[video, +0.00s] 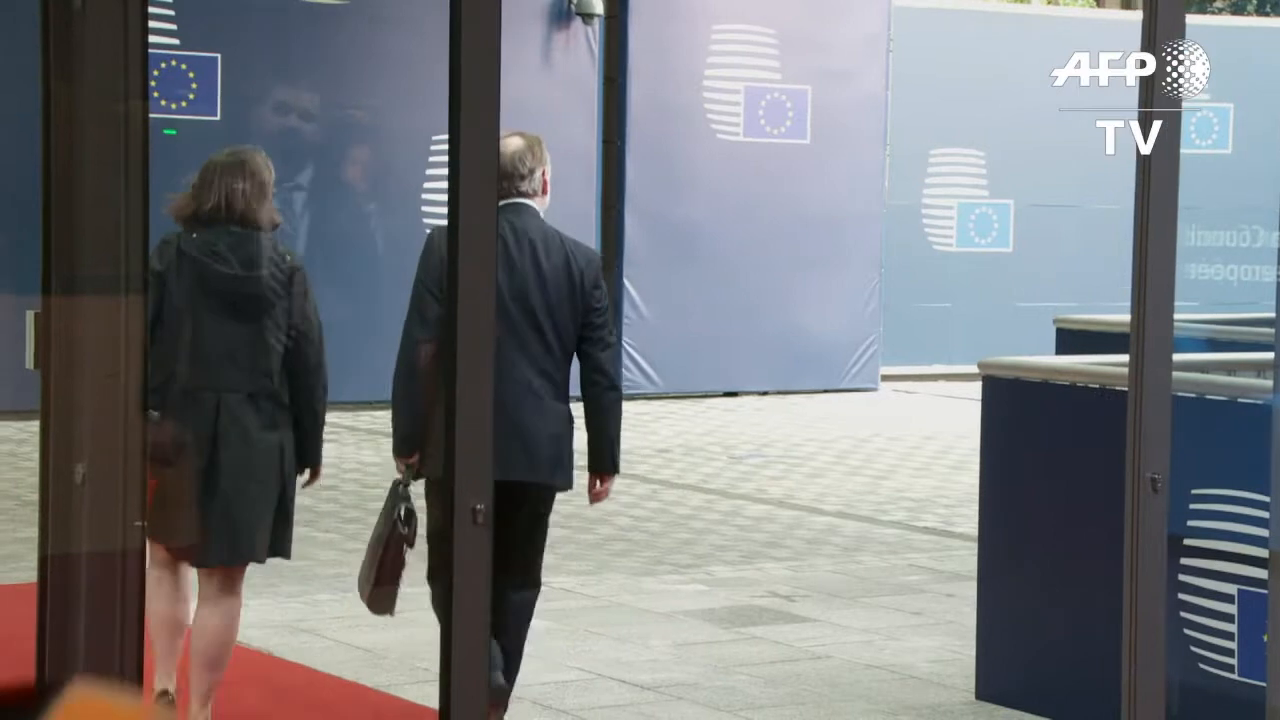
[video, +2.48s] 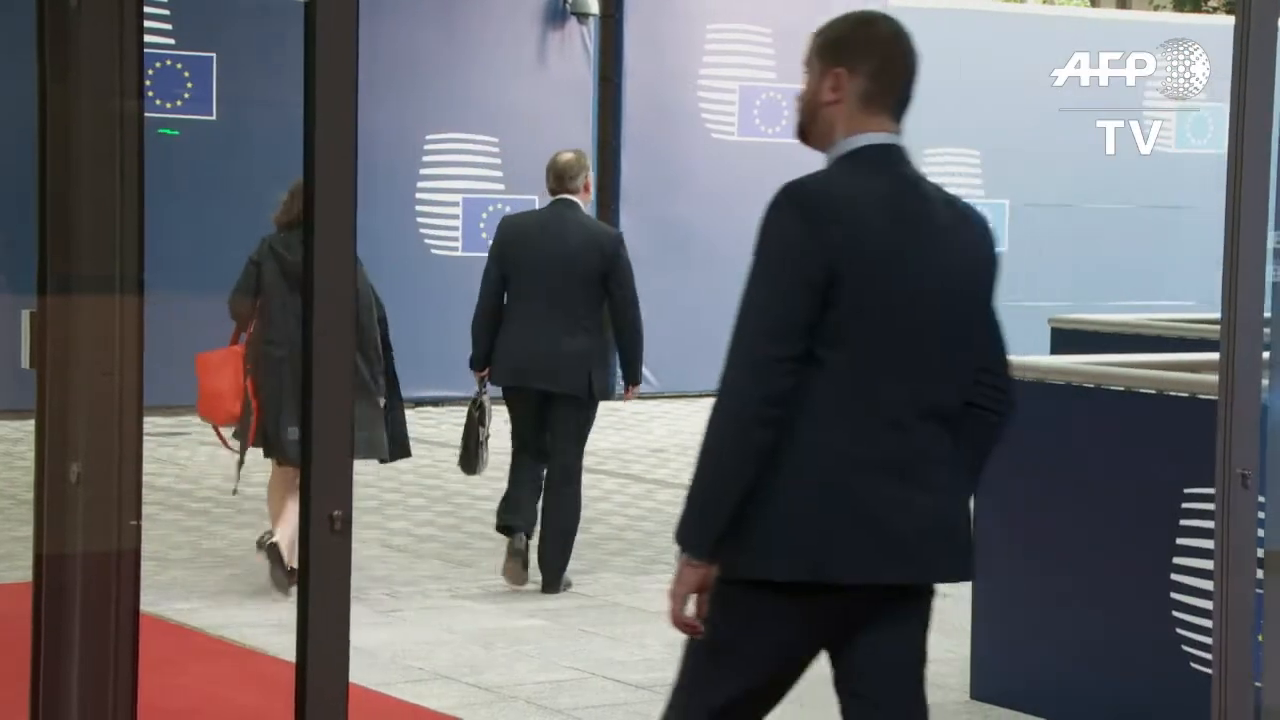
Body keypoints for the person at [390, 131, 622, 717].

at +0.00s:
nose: (549, 184)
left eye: (544, 175)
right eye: (548, 176)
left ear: (484, 181)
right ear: (542, 183)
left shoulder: (447, 246)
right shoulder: (580, 261)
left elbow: (417, 345)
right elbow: (601, 368)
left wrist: (407, 435)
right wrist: (605, 456)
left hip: (456, 446)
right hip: (536, 451)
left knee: (449, 574)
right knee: (518, 577)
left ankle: (484, 678)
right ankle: (490, 699)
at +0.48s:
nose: (519, 188)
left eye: (513, 179)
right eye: (517, 181)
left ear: (455, 187)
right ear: (509, 188)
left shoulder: (422, 251)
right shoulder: (544, 258)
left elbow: (399, 347)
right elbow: (576, 346)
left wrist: (390, 429)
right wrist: (543, 399)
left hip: (435, 437)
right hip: (513, 433)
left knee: (442, 560)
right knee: (505, 560)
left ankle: (443, 688)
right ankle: (489, 690)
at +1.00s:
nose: (504, 198)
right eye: (505, 191)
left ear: (453, 193)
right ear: (502, 195)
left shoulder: (418, 243)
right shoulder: (530, 253)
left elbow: (389, 333)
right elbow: (549, 344)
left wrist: (384, 409)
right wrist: (552, 417)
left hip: (430, 415)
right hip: (500, 418)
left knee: (436, 532)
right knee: (489, 526)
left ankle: (440, 656)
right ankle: (475, 628)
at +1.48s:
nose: (533, 196)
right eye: (533, 190)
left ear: (483, 189)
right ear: (528, 191)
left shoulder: (441, 235)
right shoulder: (549, 246)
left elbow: (415, 314)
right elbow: (574, 322)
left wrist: (418, 379)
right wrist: (568, 380)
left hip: (448, 395)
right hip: (515, 398)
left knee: (457, 490)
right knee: (499, 505)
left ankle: (452, 593)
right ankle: (473, 625)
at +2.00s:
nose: (550, 191)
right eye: (550, 185)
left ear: (503, 186)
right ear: (546, 187)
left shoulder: (466, 232)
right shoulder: (565, 236)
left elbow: (447, 310)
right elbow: (583, 315)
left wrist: (445, 373)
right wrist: (584, 379)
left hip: (481, 380)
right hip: (542, 381)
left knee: (483, 483)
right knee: (543, 474)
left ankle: (486, 595)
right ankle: (539, 577)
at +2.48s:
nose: (594, 188)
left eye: (591, 182)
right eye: (593, 182)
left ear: (547, 187)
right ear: (586, 186)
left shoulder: (513, 228)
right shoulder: (605, 239)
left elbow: (489, 299)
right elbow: (626, 310)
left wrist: (481, 357)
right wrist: (632, 370)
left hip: (519, 368)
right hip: (578, 373)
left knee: (528, 452)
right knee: (565, 469)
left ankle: (518, 530)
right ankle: (553, 574)